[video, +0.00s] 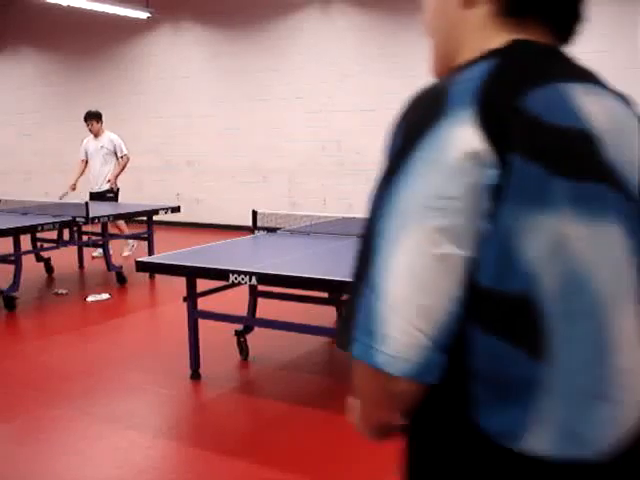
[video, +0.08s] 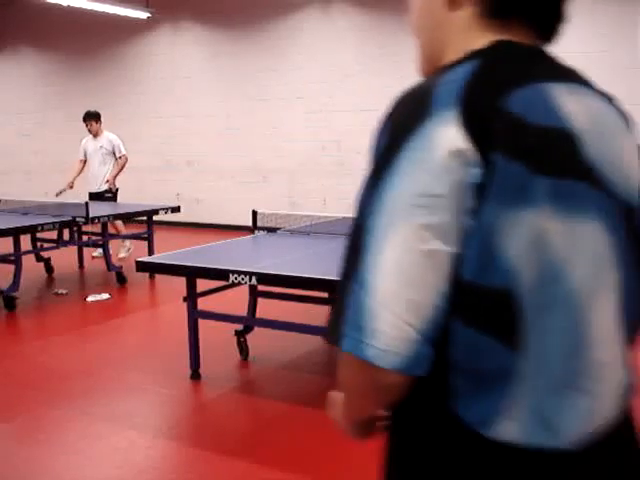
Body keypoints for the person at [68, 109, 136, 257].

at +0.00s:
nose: (89, 128)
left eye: (91, 125)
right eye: (87, 125)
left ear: (99, 123)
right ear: (87, 125)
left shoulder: (112, 139)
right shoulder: (87, 142)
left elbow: (124, 158)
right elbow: (83, 162)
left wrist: (114, 176)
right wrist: (75, 181)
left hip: (109, 187)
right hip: (94, 189)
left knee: (114, 217)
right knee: (101, 220)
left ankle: (129, 240)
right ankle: (103, 245)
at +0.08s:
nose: (88, 128)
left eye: (90, 125)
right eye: (86, 125)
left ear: (99, 123)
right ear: (86, 126)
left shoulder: (111, 139)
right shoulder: (86, 142)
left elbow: (123, 158)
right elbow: (82, 162)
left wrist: (113, 177)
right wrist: (72, 180)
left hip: (108, 187)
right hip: (93, 189)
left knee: (112, 217)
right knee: (99, 220)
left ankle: (126, 242)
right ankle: (102, 245)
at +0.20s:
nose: (85, 130)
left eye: (87, 126)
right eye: (83, 127)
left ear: (95, 124)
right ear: (81, 127)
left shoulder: (107, 140)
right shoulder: (83, 142)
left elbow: (118, 160)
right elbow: (77, 161)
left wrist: (106, 178)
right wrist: (67, 176)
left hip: (104, 188)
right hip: (90, 189)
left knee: (106, 221)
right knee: (99, 221)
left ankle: (106, 247)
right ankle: (104, 247)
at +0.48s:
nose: (75, 140)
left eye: (78, 136)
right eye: (73, 137)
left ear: (85, 133)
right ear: (71, 136)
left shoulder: (96, 148)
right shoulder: (77, 146)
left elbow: (103, 170)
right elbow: (78, 166)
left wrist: (90, 186)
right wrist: (76, 184)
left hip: (101, 189)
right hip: (89, 189)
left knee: (97, 222)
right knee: (94, 222)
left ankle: (100, 251)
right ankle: (98, 250)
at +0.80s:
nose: (69, 150)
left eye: (71, 146)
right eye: (67, 147)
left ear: (78, 142)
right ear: (65, 145)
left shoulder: (88, 155)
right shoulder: (76, 152)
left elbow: (87, 180)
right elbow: (80, 172)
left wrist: (74, 198)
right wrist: (84, 186)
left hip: (98, 188)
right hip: (91, 187)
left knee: (95, 218)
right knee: (91, 217)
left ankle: (98, 252)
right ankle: (95, 252)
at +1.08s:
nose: (69, 157)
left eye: (71, 153)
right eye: (67, 154)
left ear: (77, 150)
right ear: (64, 153)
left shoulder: (87, 160)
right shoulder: (72, 157)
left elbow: (88, 184)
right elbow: (76, 169)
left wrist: (72, 199)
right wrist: (75, 180)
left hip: (98, 192)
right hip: (88, 192)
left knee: (97, 222)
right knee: (93, 222)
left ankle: (100, 252)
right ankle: (97, 251)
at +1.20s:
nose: (68, 161)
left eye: (70, 157)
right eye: (65, 158)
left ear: (76, 154)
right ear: (63, 157)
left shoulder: (85, 165)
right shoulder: (69, 160)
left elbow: (91, 187)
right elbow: (76, 169)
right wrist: (76, 177)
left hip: (98, 187)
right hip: (89, 187)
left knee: (96, 220)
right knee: (93, 219)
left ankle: (99, 252)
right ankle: (97, 251)